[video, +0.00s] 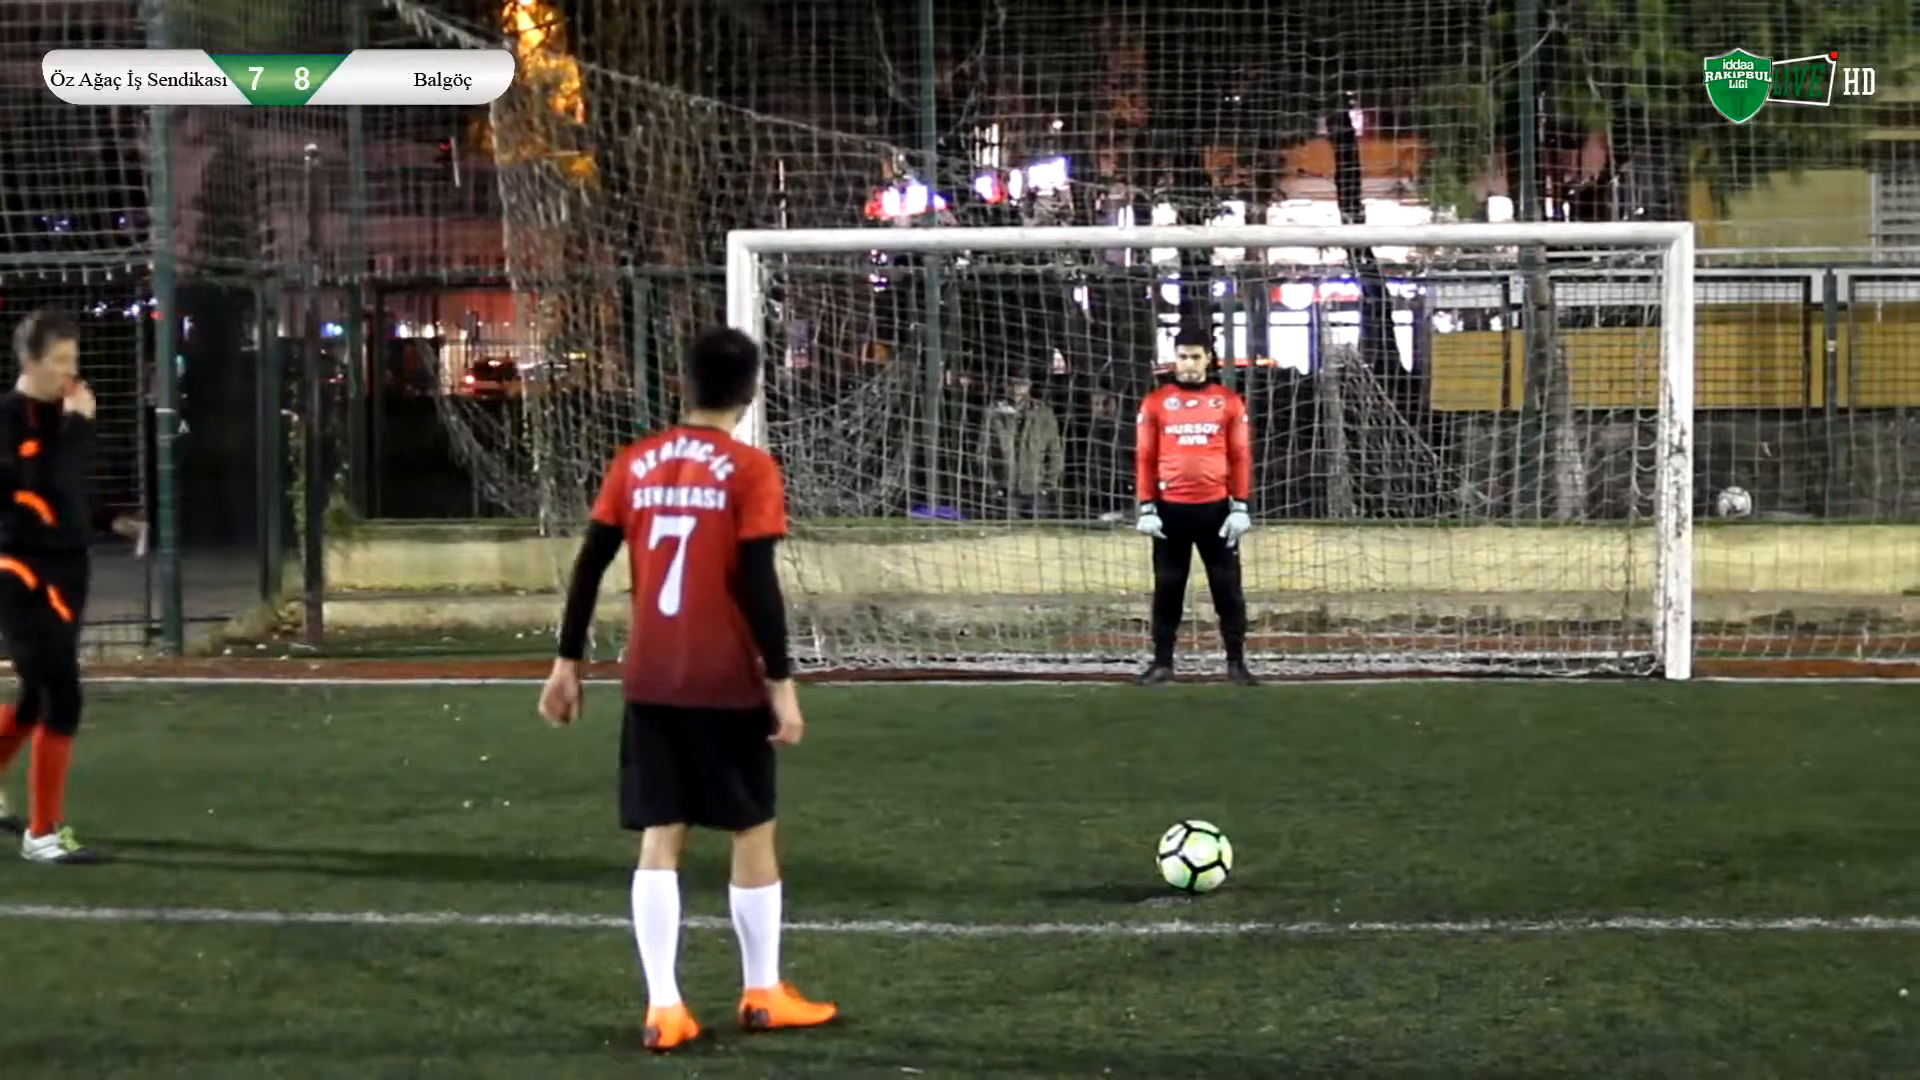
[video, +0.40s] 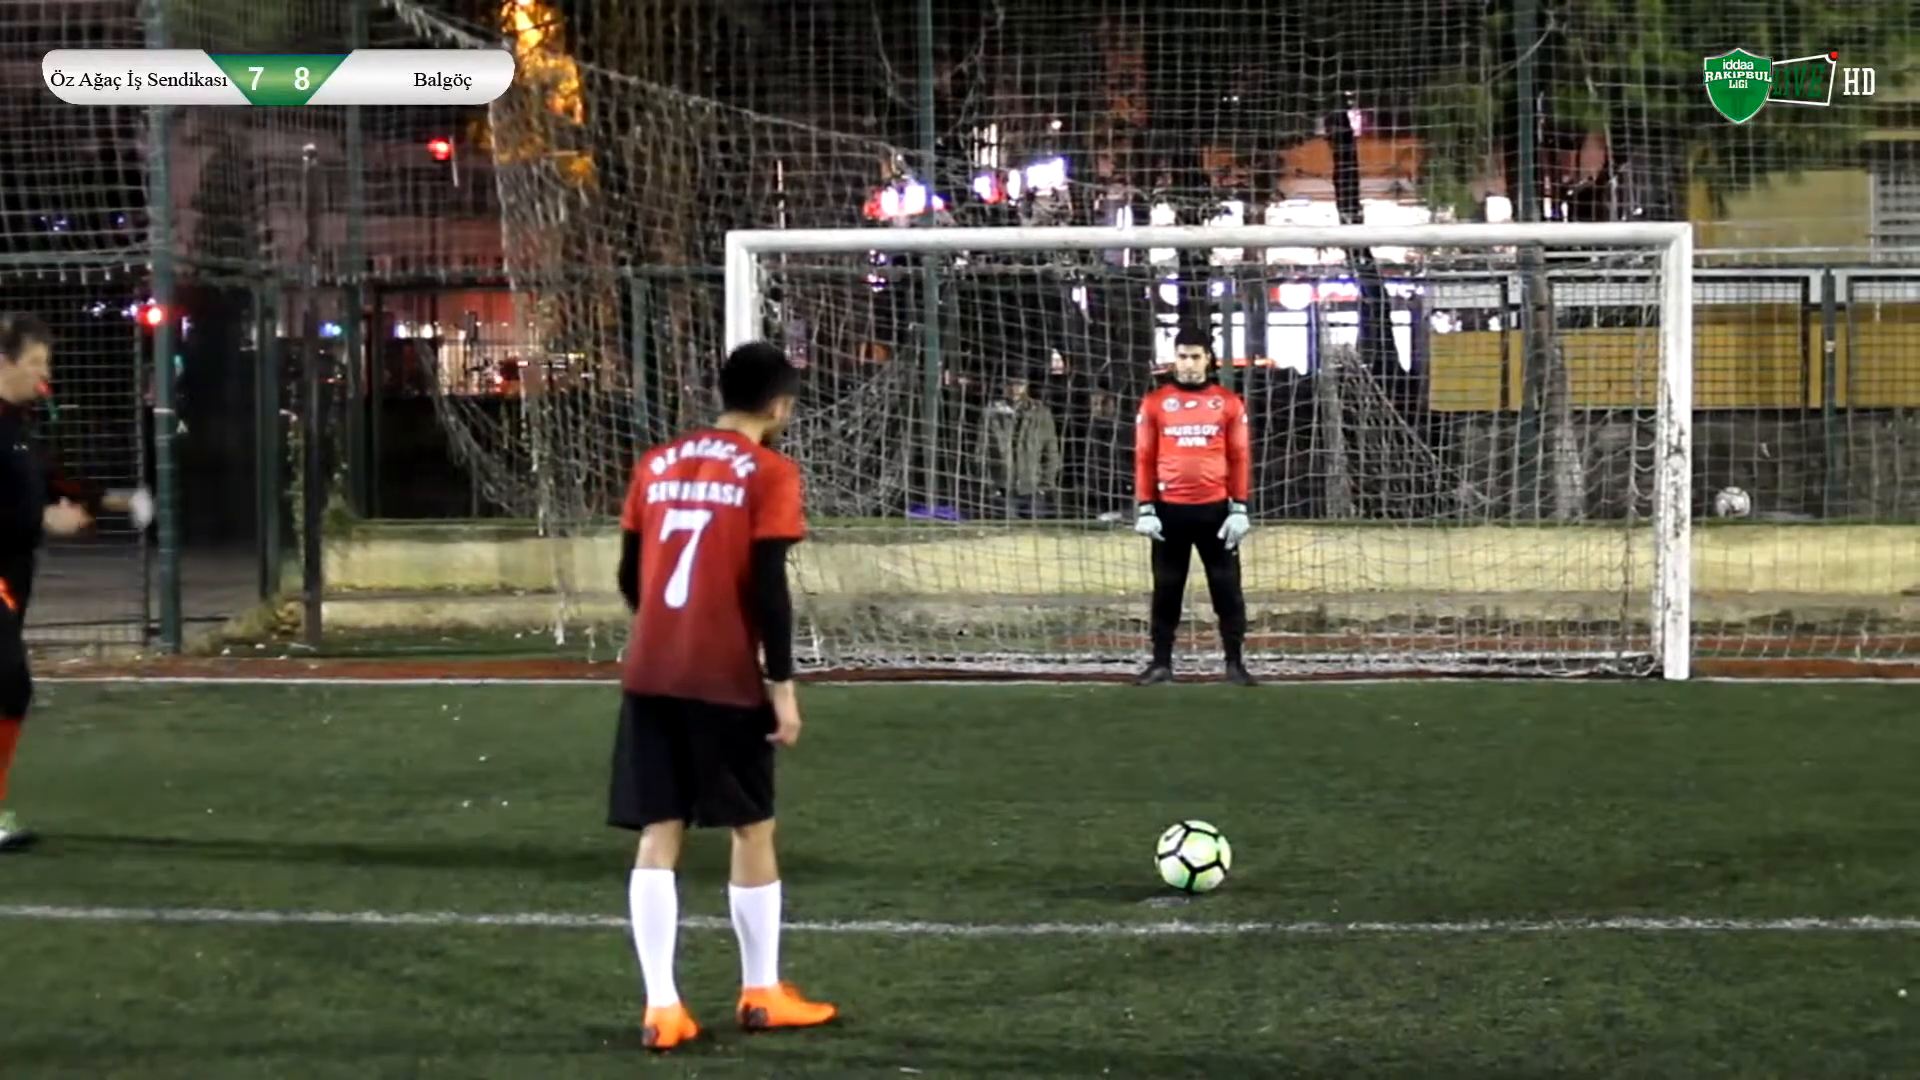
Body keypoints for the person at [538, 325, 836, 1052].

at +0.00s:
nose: (754, 394)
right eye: (756, 385)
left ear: (687, 385)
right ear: (750, 392)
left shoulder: (635, 461)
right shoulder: (753, 468)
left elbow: (590, 562)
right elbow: (755, 576)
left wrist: (567, 658)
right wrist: (781, 679)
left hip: (650, 684)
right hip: (730, 684)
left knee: (660, 832)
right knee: (754, 830)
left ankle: (662, 1004)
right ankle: (764, 989)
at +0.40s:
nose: (791, 414)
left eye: (791, 403)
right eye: (790, 403)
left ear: (724, 396)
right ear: (775, 404)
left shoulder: (658, 461)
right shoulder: (772, 472)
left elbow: (630, 574)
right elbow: (767, 579)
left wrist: (667, 635)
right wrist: (783, 679)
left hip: (649, 672)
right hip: (726, 676)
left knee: (659, 828)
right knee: (753, 827)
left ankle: (661, 1004)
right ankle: (763, 988)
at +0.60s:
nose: (807, 421)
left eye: (806, 409)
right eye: (807, 410)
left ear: (743, 400)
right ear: (795, 411)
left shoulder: (677, 463)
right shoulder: (790, 474)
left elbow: (647, 576)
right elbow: (778, 577)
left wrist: (694, 630)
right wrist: (792, 680)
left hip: (662, 671)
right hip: (738, 675)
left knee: (668, 827)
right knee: (764, 825)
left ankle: (664, 1003)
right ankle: (766, 987)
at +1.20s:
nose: (919, 491)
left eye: (917, 481)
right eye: (917, 481)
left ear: (857, 476)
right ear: (906, 479)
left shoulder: (815, 520)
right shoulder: (906, 521)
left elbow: (815, 612)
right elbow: (888, 587)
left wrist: (893, 647)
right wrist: (886, 671)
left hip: (787, 697)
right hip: (855, 697)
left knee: (757, 831)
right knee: (928, 808)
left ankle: (694, 970)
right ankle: (896, 964)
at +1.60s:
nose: (991, 437)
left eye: (985, 430)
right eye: (988, 430)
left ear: (936, 444)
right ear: (983, 435)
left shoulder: (915, 504)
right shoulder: (1012, 496)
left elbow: (847, 571)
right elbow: (1083, 565)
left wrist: (844, 640)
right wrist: (1163, 584)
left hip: (975, 670)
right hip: (1032, 661)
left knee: (1050, 763)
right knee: (1108, 769)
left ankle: (1087, 858)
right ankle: (1047, 822)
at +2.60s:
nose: (674, 421)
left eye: (674, 410)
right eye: (671, 411)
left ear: (692, 403)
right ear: (714, 398)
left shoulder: (704, 447)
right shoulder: (773, 437)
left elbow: (701, 527)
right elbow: (820, 505)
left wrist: (678, 551)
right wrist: (803, 567)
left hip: (738, 594)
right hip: (781, 587)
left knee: (764, 715)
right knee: (753, 704)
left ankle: (817, 828)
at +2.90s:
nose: (665, 354)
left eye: (669, 343)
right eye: (654, 343)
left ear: (672, 351)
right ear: (628, 351)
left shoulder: (661, 411)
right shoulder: (620, 408)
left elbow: (685, 501)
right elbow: (619, 483)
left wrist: (701, 566)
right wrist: (680, 434)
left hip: (670, 571)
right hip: (638, 570)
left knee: (672, 702)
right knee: (671, 701)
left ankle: (635, 827)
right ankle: (634, 829)